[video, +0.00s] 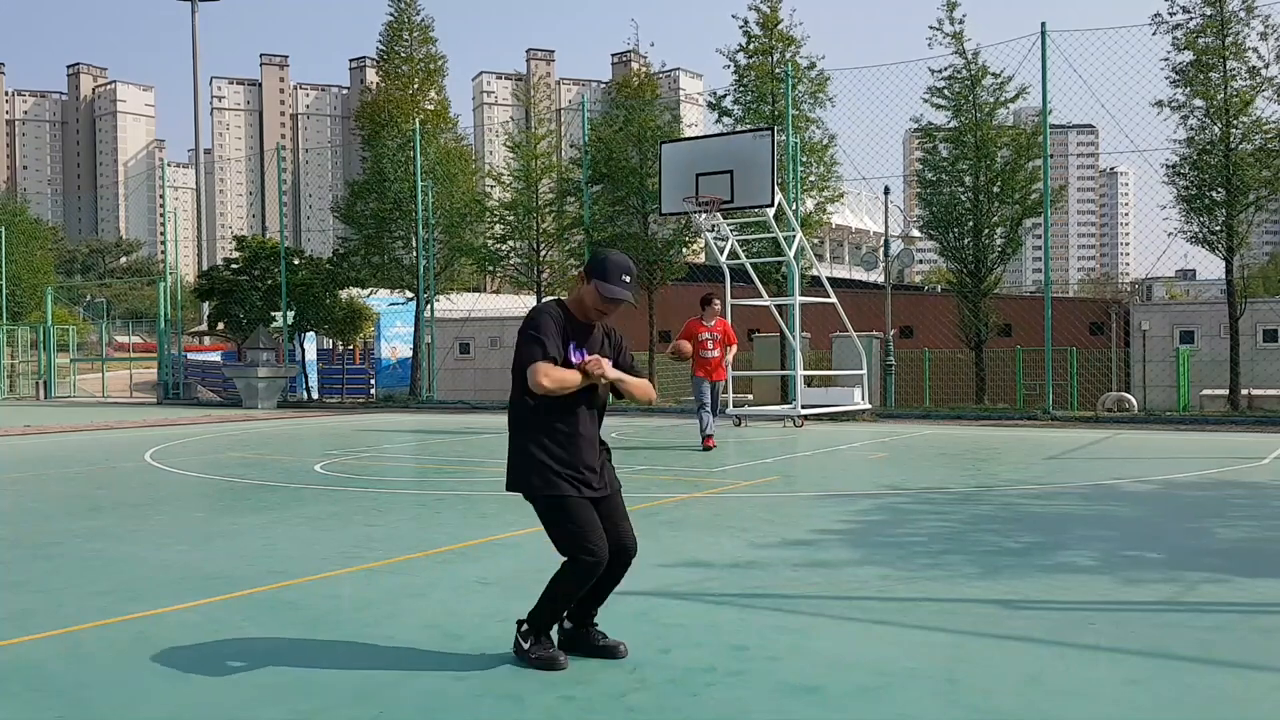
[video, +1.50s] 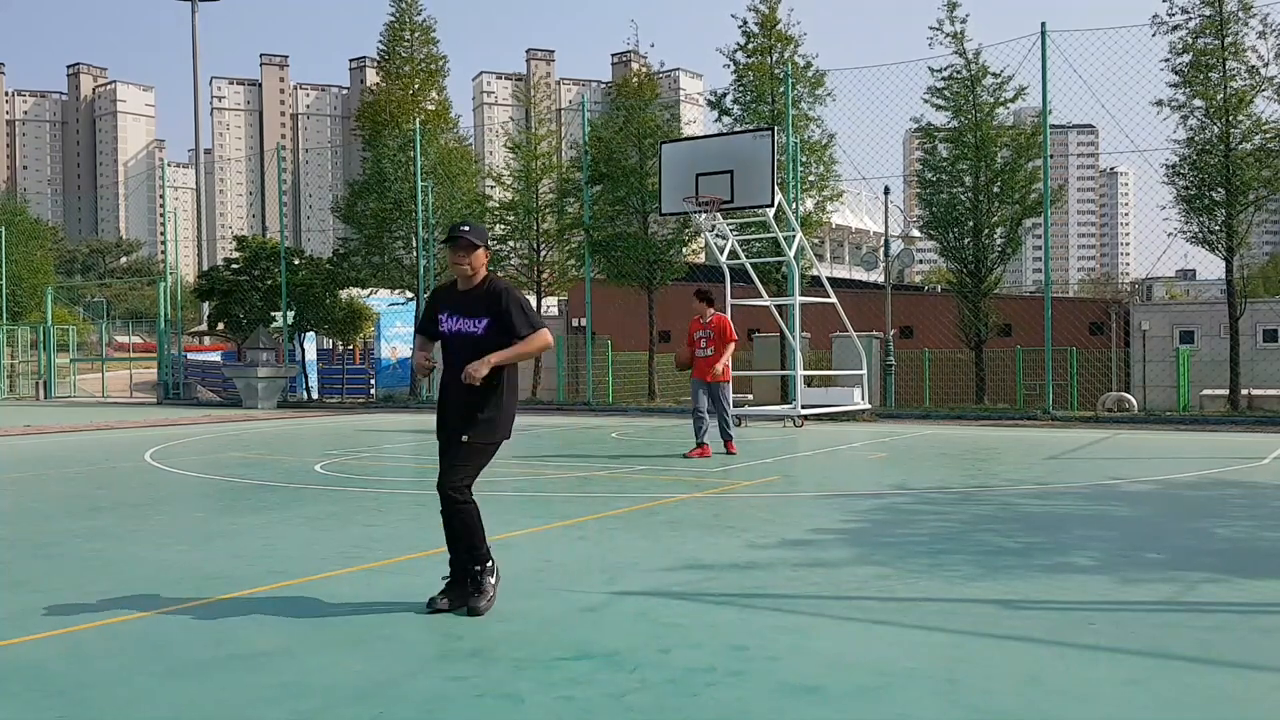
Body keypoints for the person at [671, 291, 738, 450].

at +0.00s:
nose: (719, 308)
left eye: (720, 305)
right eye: (716, 305)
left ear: (719, 307)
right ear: (706, 307)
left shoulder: (724, 324)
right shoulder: (692, 324)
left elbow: (733, 344)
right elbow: (679, 341)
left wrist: (730, 356)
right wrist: (672, 349)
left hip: (718, 369)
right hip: (700, 369)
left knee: (714, 405)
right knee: (704, 403)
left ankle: (709, 435)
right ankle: (707, 436)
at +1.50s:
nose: (693, 305)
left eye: (695, 301)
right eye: (693, 301)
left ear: (704, 303)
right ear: (701, 303)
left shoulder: (723, 320)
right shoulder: (694, 323)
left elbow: (731, 343)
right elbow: (690, 347)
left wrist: (721, 362)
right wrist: (683, 361)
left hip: (719, 371)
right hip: (699, 372)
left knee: (724, 409)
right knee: (699, 409)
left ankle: (728, 441)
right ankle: (702, 445)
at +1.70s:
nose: (683, 304)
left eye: (685, 301)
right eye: (683, 301)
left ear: (693, 302)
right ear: (693, 302)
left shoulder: (710, 318)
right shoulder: (689, 322)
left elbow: (717, 343)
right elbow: (690, 343)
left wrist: (699, 361)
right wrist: (680, 353)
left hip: (707, 371)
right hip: (691, 372)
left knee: (710, 405)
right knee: (693, 411)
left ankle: (724, 433)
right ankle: (701, 445)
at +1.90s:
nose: (675, 305)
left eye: (676, 301)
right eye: (675, 301)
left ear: (683, 302)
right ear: (688, 301)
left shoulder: (696, 316)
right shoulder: (691, 318)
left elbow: (699, 341)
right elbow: (686, 343)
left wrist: (681, 358)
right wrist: (676, 356)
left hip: (697, 370)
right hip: (693, 369)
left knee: (688, 405)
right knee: (694, 405)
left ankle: (703, 443)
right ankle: (701, 444)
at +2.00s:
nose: (672, 305)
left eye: (673, 301)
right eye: (672, 301)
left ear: (679, 301)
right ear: (687, 300)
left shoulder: (689, 316)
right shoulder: (694, 316)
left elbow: (690, 341)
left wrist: (673, 359)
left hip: (691, 372)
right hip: (698, 372)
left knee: (680, 406)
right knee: (694, 408)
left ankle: (685, 446)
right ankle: (702, 445)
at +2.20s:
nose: (664, 305)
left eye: (665, 302)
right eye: (664, 302)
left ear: (669, 302)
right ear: (681, 302)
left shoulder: (674, 317)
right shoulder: (690, 319)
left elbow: (672, 344)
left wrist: (661, 361)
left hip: (680, 373)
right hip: (694, 372)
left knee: (670, 411)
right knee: (690, 410)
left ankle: (671, 449)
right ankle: (702, 445)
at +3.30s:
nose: (672, 304)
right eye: (672, 301)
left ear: (655, 304)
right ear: (672, 302)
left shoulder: (654, 319)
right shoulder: (685, 318)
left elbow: (652, 346)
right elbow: (695, 343)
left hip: (665, 369)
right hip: (687, 368)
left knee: (667, 412)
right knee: (689, 410)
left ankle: (671, 449)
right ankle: (690, 448)